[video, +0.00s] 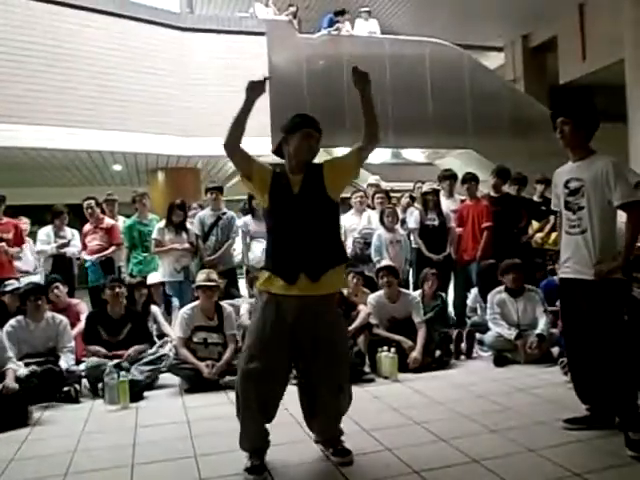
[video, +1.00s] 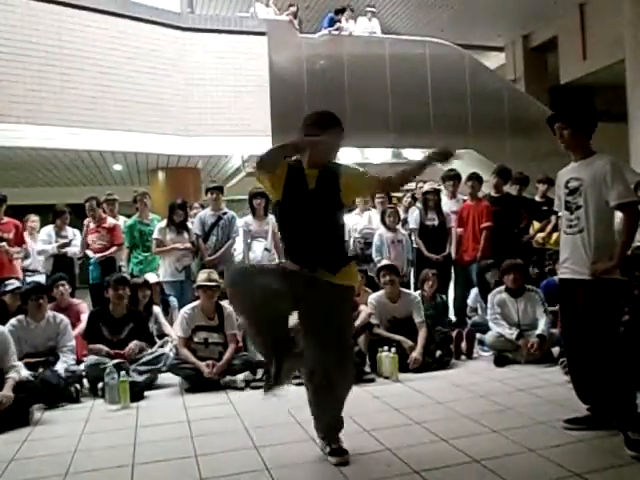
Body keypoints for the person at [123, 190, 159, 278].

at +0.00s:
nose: (144, 203)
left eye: (145, 199)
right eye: (140, 200)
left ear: (149, 202)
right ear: (135, 205)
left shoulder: (156, 220)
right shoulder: (129, 224)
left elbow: (160, 243)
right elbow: (127, 247)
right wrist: (124, 268)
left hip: (154, 266)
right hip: (136, 267)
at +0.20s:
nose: (144, 203)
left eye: (146, 199)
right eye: (140, 200)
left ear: (150, 202)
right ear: (136, 205)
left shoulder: (156, 220)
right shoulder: (130, 224)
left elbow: (160, 243)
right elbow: (127, 247)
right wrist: (125, 268)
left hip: (154, 266)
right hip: (137, 267)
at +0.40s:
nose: (144, 202)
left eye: (146, 199)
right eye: (140, 200)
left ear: (150, 202)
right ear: (136, 204)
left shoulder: (157, 220)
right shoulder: (130, 224)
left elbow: (160, 243)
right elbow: (127, 247)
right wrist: (125, 267)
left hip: (155, 265)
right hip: (138, 266)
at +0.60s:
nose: (144, 202)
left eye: (146, 199)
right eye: (140, 200)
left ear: (150, 202)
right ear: (136, 204)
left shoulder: (157, 220)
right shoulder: (130, 224)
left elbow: (161, 243)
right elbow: (127, 247)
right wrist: (125, 267)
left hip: (155, 266)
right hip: (138, 266)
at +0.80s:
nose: (144, 202)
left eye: (146, 199)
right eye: (140, 200)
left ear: (150, 202)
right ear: (136, 205)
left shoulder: (157, 220)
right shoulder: (130, 224)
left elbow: (161, 243)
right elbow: (127, 247)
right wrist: (125, 267)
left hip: (155, 266)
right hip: (138, 266)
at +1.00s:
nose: (144, 202)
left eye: (146, 199)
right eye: (140, 200)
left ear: (150, 202)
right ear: (136, 204)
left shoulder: (157, 221)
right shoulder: (130, 224)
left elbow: (161, 243)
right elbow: (127, 247)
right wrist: (124, 266)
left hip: (155, 266)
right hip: (137, 266)